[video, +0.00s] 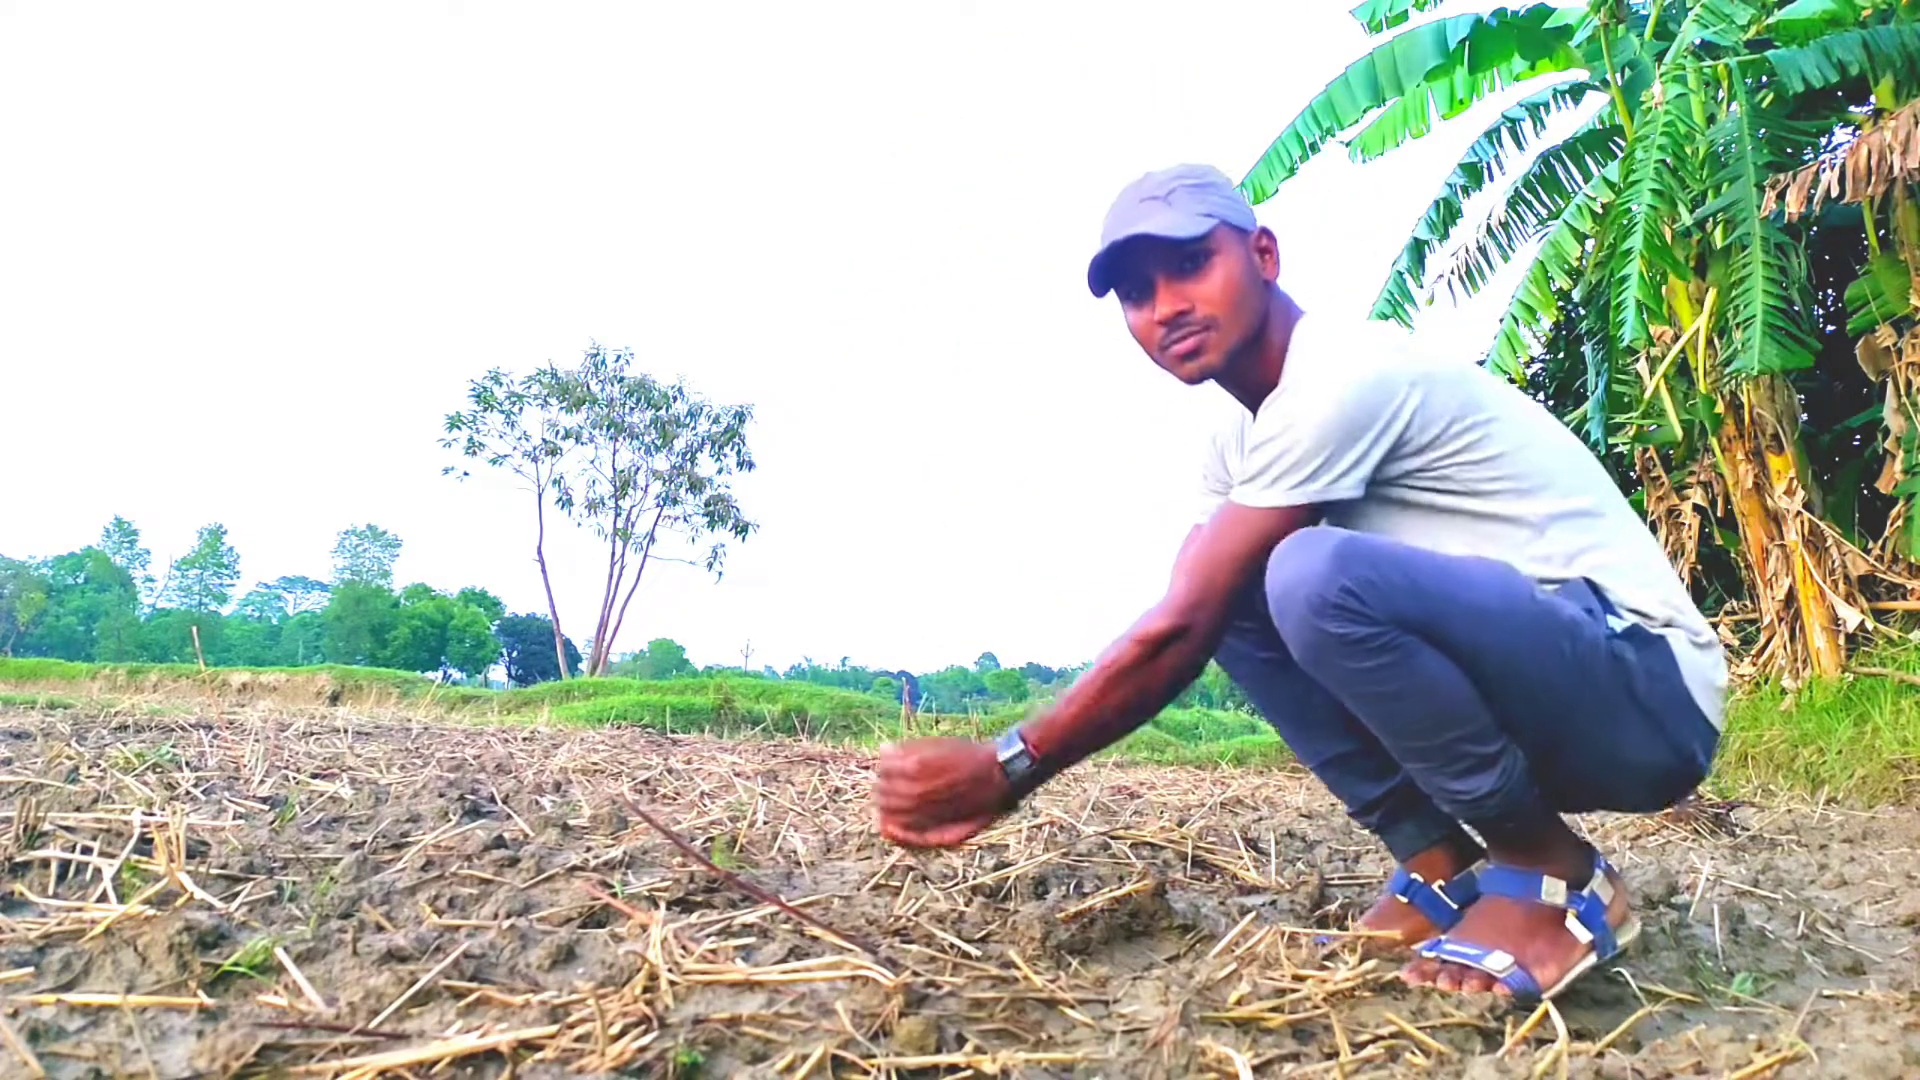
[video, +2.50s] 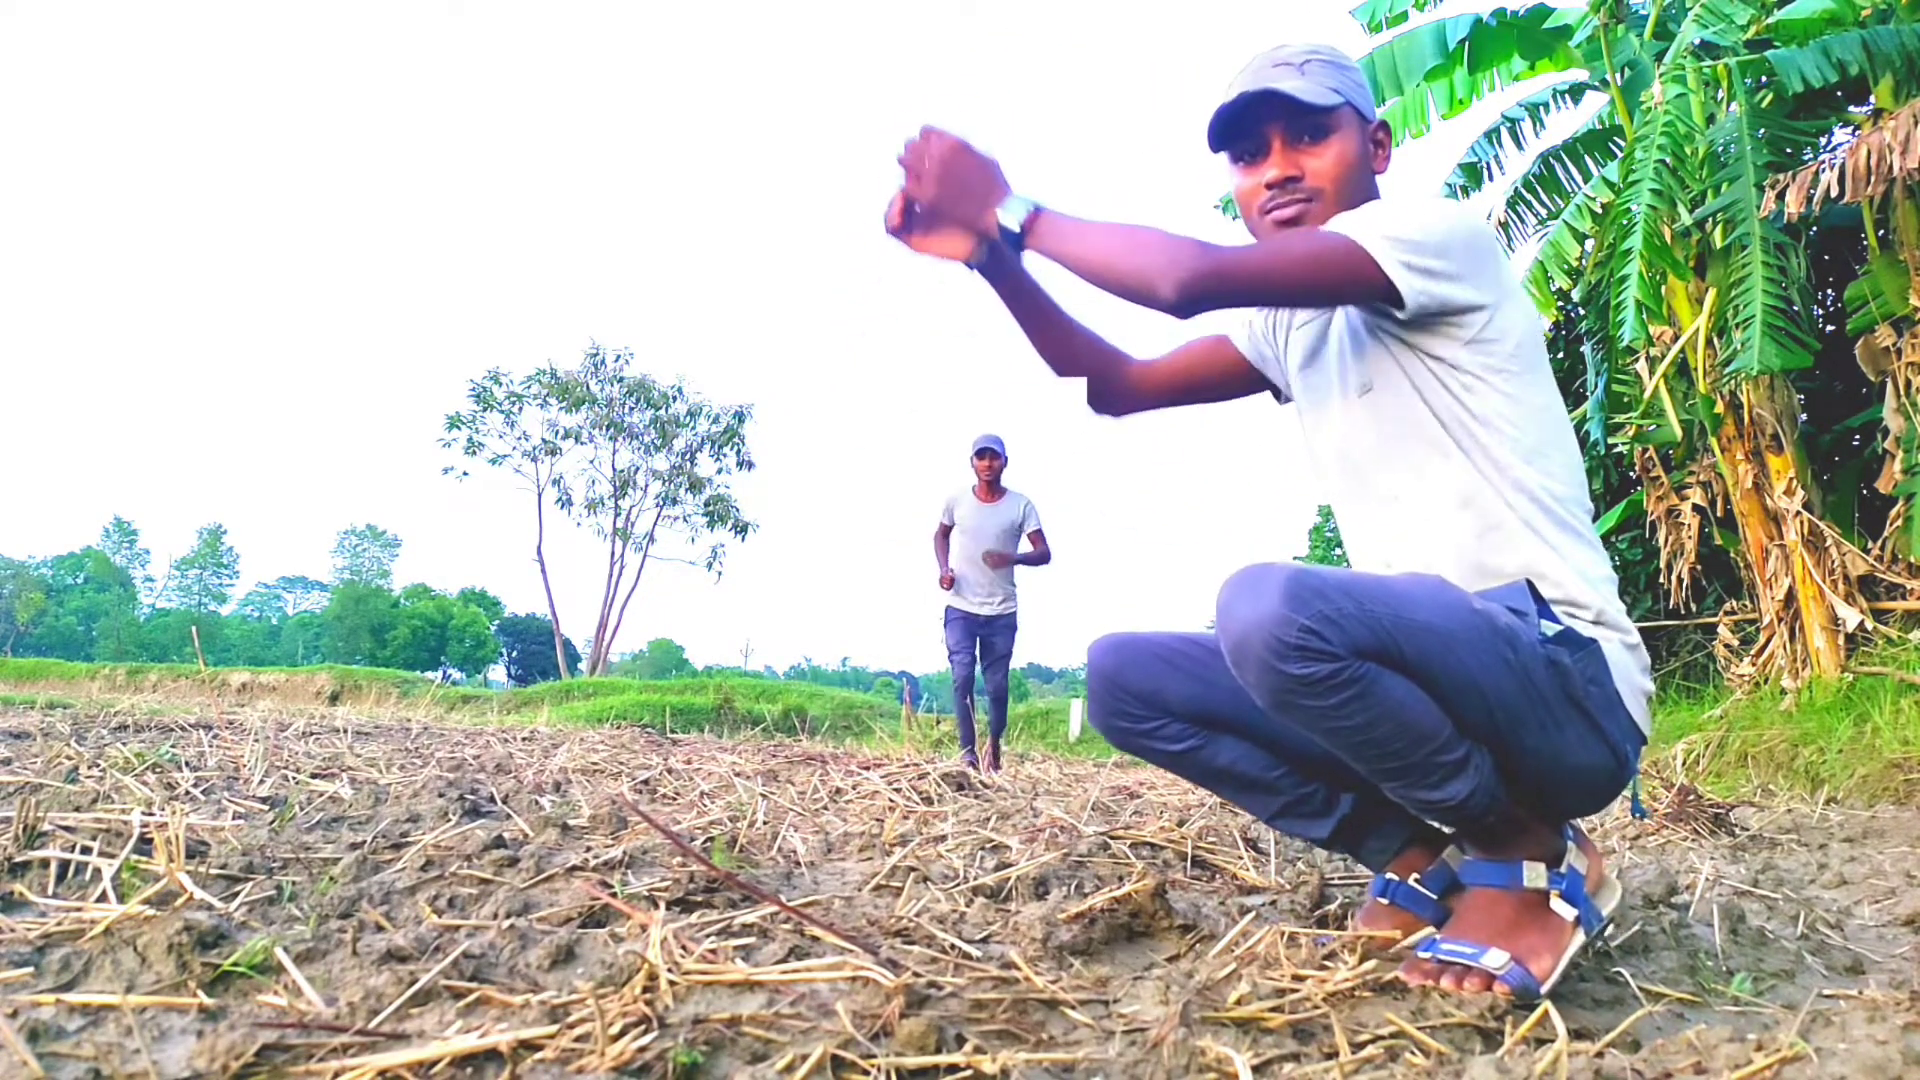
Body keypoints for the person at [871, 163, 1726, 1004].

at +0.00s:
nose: (1164, 306)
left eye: (1189, 263)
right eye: (1134, 290)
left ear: (1265, 255)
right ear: (1123, 319)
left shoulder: (1348, 378)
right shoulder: (1238, 445)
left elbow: (1180, 629)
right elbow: (1175, 647)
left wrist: (1008, 767)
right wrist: (1011, 770)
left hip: (1644, 684)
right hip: (1540, 702)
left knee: (1324, 581)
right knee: (1230, 611)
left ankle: (1550, 874)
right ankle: (1441, 865)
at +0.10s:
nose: (1178, 293)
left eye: (1204, 250)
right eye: (1148, 275)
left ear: (1277, 247)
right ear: (1138, 306)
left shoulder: (1360, 371)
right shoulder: (1246, 451)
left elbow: (1179, 611)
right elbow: (1182, 632)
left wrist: (983, 697)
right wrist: (985, 695)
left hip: (1630, 705)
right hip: (1522, 723)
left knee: (1305, 588)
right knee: (1215, 615)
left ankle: (1544, 881)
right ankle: (1442, 869)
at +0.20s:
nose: (1189, 269)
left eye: (1217, 227)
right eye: (1160, 251)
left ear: (1291, 231)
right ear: (1151, 286)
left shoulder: (1374, 347)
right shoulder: (1266, 428)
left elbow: (1171, 566)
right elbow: (1157, 611)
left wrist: (962, 605)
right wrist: (972, 613)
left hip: (1620, 694)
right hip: (1507, 715)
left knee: (1304, 593)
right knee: (1199, 608)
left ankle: (1548, 876)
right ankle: (1443, 867)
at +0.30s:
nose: (1210, 242)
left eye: (1238, 204)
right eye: (1183, 223)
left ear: (1312, 208)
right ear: (1170, 256)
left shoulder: (1383, 320)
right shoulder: (1281, 390)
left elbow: (1148, 473)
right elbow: (1124, 531)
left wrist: (947, 448)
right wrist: (953, 461)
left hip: (1608, 694)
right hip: (1497, 713)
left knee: (1298, 589)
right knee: (1180, 610)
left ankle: (1544, 872)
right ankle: (1439, 869)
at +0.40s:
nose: (1225, 230)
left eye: (1255, 195)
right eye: (1197, 211)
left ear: (1326, 199)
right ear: (1182, 241)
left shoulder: (1389, 306)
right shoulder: (1278, 380)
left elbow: (1139, 395)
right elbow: (1099, 482)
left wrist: (952, 347)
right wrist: (959, 372)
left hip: (1598, 697)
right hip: (1484, 713)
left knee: (1289, 595)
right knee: (1168, 624)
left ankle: (1534, 862)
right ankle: (1435, 870)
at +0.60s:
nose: (1246, 205)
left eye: (1277, 169)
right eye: (1221, 187)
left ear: (1350, 179)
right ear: (1207, 216)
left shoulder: (1410, 265)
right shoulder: (1281, 349)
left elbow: (1153, 282)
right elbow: (1093, 390)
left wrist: (992, 206)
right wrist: (984, 239)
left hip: (1585, 682)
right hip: (1464, 694)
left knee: (1279, 597)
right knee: (1158, 639)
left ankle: (1535, 859)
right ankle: (1436, 865)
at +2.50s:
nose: (1275, 167)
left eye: (1309, 132)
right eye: (1247, 148)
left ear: (1379, 149)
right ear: (1231, 180)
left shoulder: (1443, 239)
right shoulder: (1295, 328)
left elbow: (1189, 278)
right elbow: (1116, 383)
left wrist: (1011, 212)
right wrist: (991, 257)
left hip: (1566, 670)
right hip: (1435, 684)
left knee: (1271, 611)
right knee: (1124, 681)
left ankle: (1520, 859)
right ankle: (1425, 854)